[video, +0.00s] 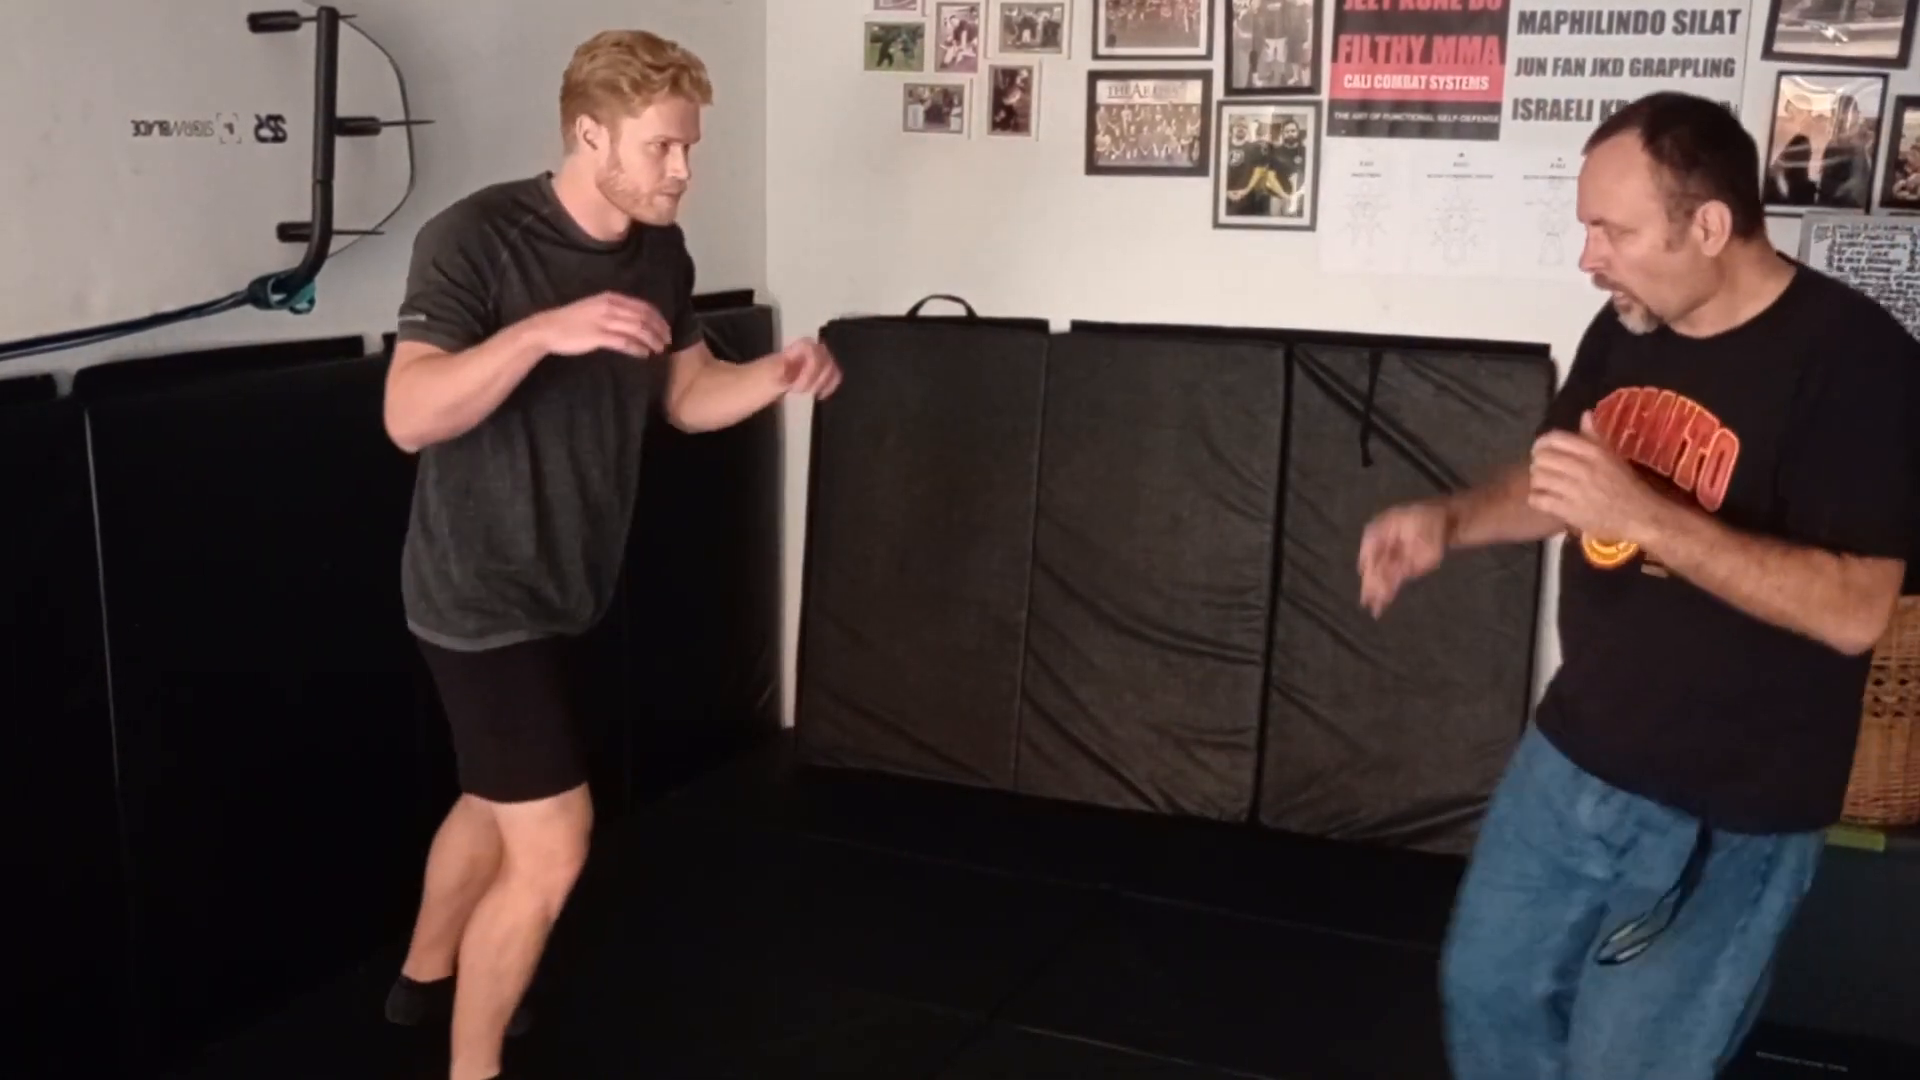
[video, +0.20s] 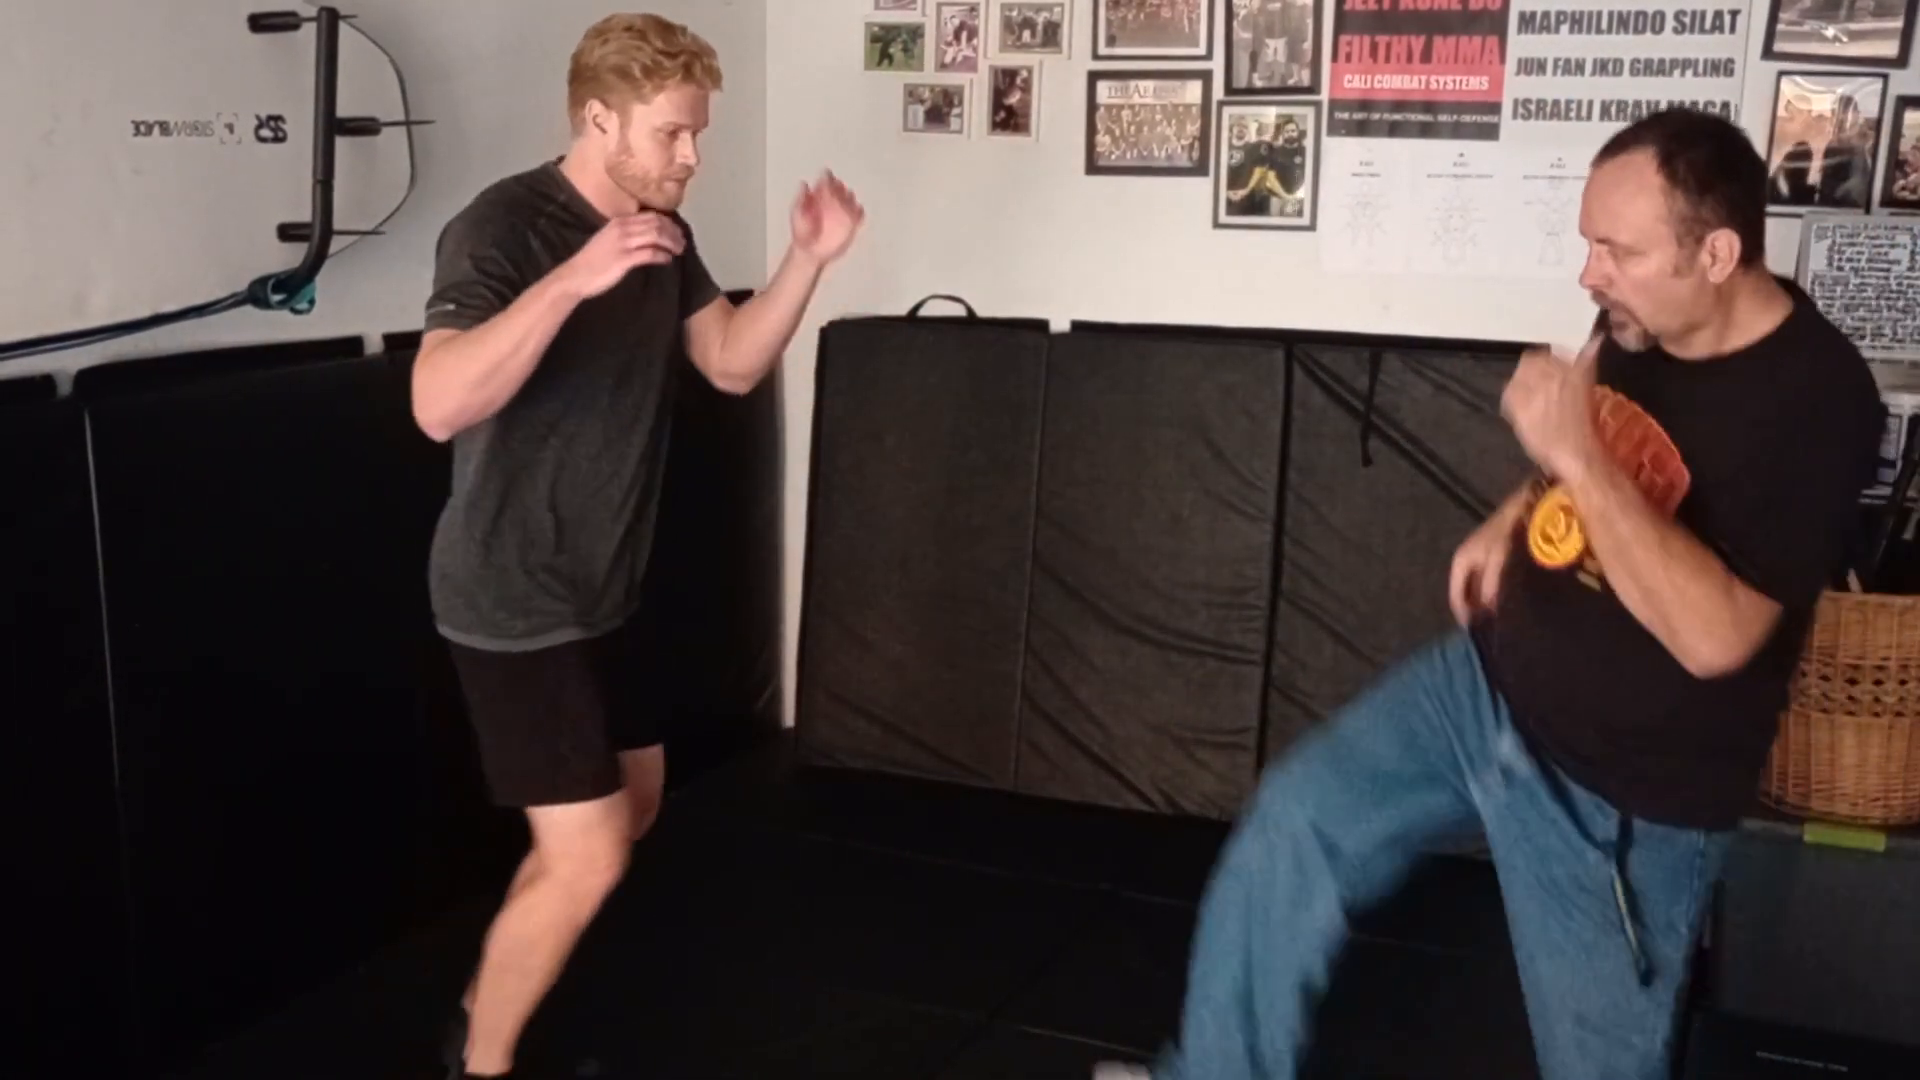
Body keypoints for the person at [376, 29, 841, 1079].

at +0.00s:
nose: (687, 172)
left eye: (692, 147)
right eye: (668, 148)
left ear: (687, 140)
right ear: (590, 137)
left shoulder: (657, 253)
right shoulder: (474, 240)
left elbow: (687, 396)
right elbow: (409, 414)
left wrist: (775, 372)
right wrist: (540, 331)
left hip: (576, 593)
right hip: (476, 596)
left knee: (494, 810)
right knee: (550, 846)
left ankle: (420, 983)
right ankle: (472, 1071)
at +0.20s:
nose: (692, 157)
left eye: (698, 132)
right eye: (673, 132)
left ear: (644, 128)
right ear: (598, 121)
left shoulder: (660, 236)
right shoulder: (501, 227)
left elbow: (733, 360)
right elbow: (439, 403)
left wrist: (807, 258)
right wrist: (569, 281)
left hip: (612, 587)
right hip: (510, 596)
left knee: (633, 805)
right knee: (585, 851)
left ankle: (490, 1007)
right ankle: (484, 1062)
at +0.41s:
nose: (706, 174)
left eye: (714, 152)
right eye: (688, 151)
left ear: (711, 148)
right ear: (613, 140)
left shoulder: (681, 258)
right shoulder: (516, 256)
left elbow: (766, 393)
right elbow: (490, 429)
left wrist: (783, 244)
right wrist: (593, 275)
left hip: (661, 603)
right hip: (580, 619)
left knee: (644, 842)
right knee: (764, 829)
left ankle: (504, 1047)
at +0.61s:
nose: (769, 197)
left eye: (779, 175)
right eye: (752, 175)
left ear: (778, 173)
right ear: (679, 163)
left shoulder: (729, 271)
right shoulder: (597, 271)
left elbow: (832, 397)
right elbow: (646, 430)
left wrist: (832, 252)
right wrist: (716, 261)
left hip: (718, 624)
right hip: (677, 638)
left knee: (667, 857)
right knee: (823, 892)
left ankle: (510, 1041)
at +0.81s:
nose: (864, 190)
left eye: (869, 168)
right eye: (846, 168)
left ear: (783, 155)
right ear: (772, 154)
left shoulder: (790, 264)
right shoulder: (670, 264)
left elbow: (900, 391)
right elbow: (750, 425)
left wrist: (914, 243)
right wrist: (821, 254)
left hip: (722, 624)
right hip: (705, 638)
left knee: (672, 843)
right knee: (835, 899)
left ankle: (518, 1025)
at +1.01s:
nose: (867, 186)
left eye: (872, 164)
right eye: (852, 162)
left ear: (785, 150)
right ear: (781, 150)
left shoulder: (790, 256)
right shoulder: (675, 261)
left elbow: (899, 387)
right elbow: (762, 424)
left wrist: (919, 236)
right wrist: (827, 247)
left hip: (710, 628)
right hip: (723, 642)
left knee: (671, 845)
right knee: (849, 903)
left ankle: (519, 1043)